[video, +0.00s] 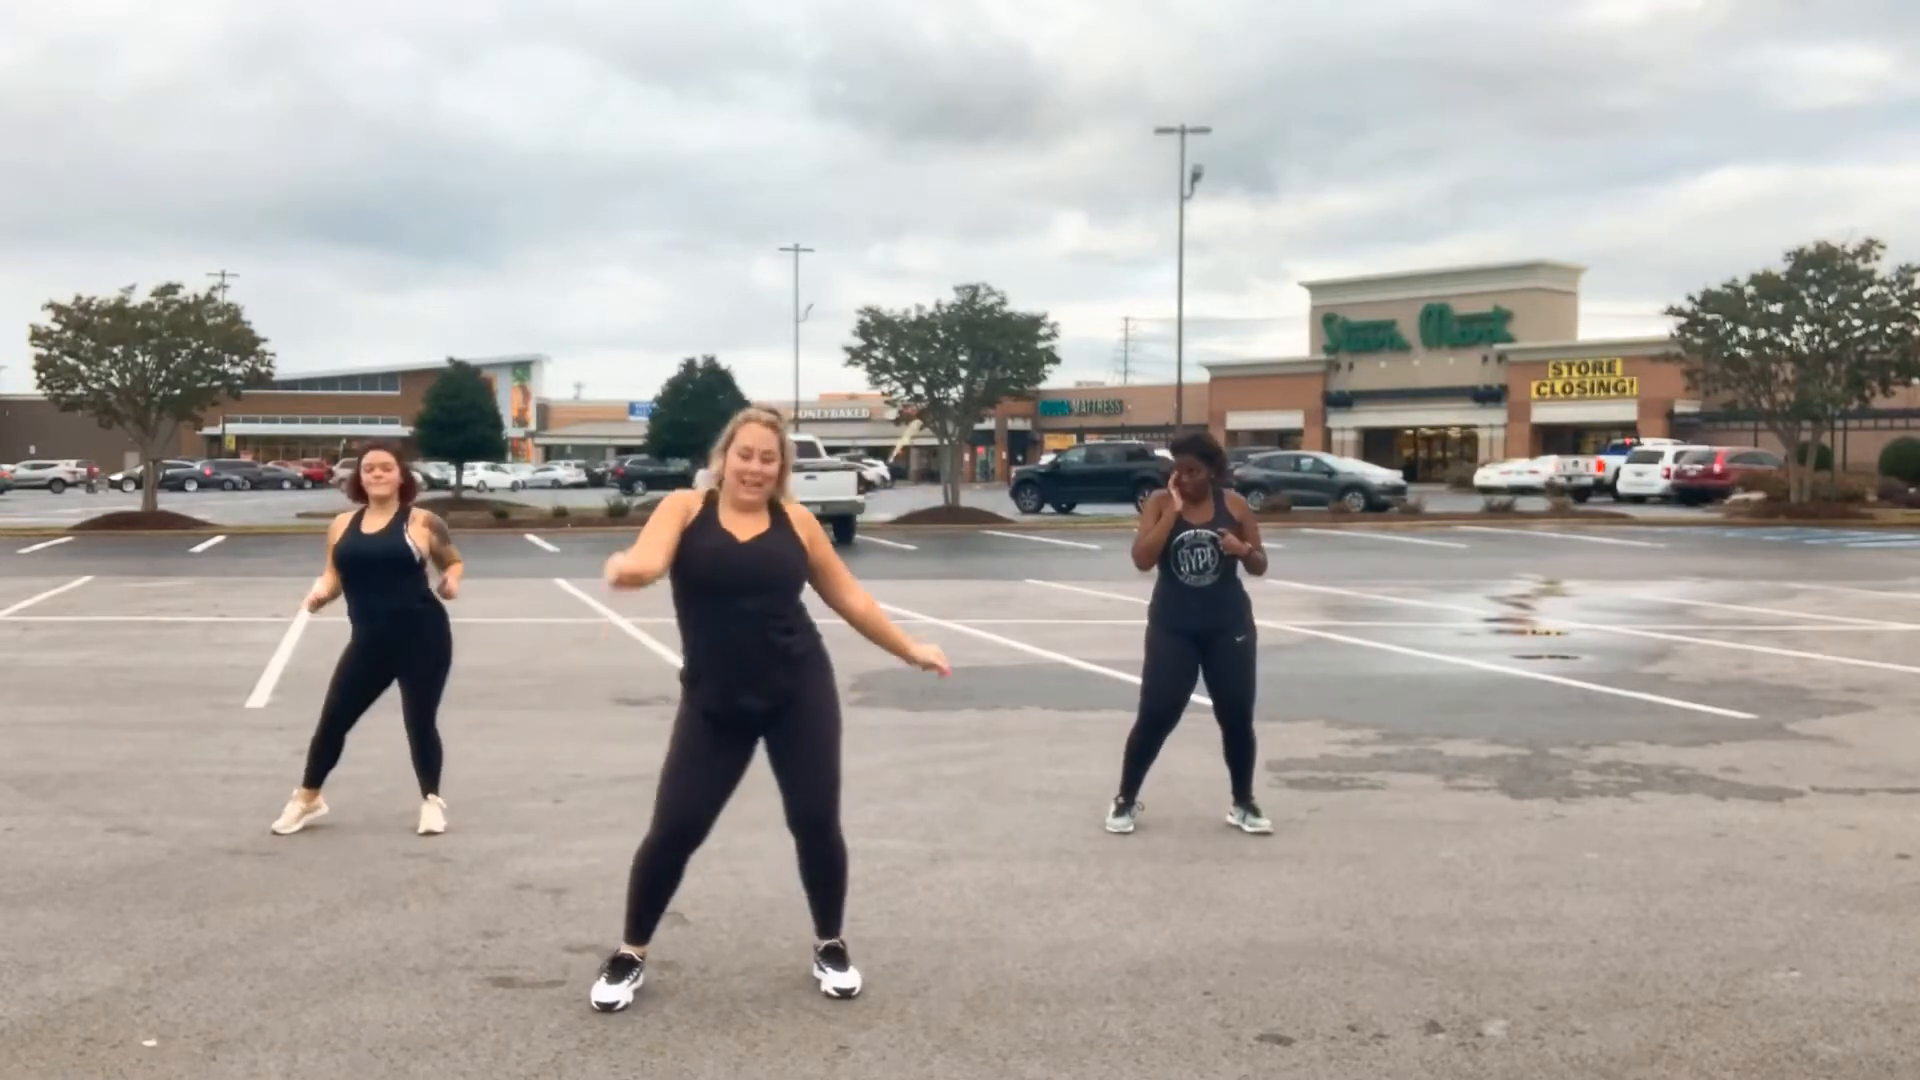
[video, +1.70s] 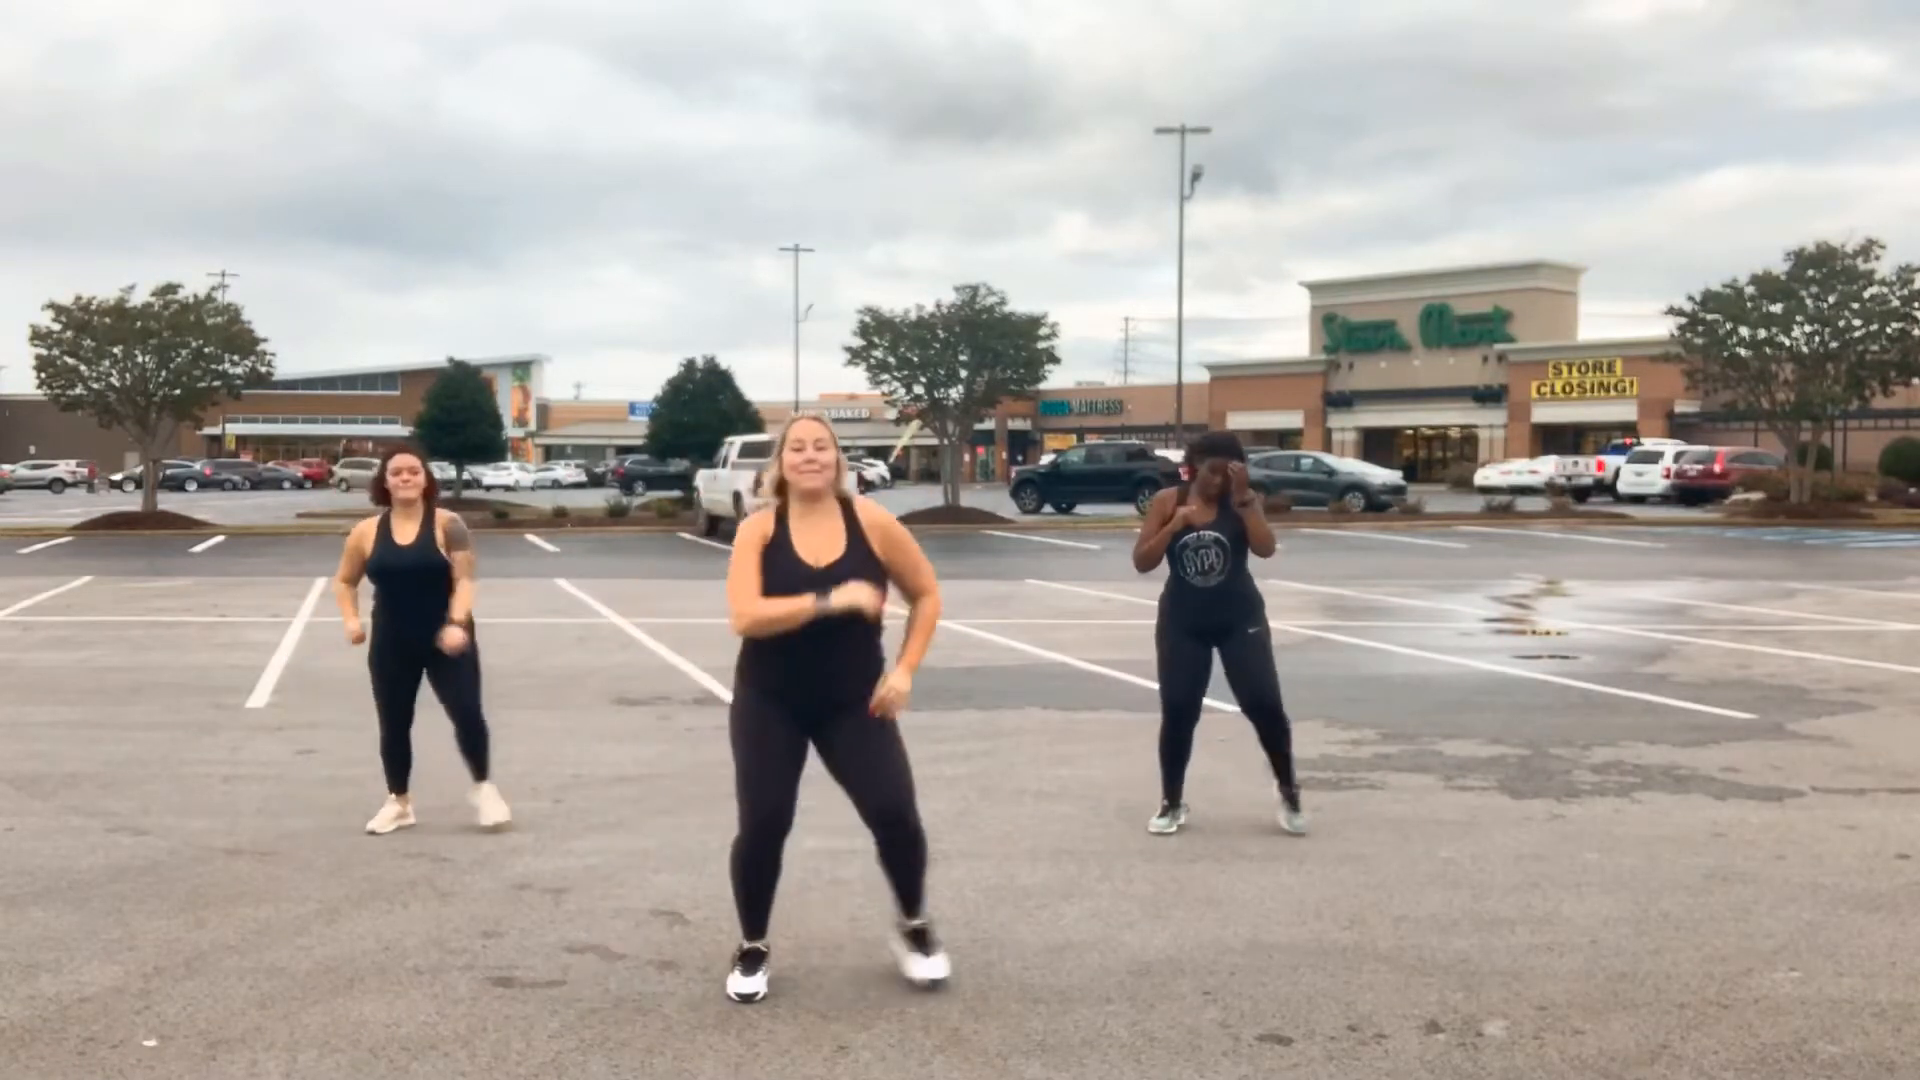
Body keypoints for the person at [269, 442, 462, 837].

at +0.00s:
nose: (378, 474)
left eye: (386, 468)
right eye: (370, 469)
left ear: (401, 476)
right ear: (359, 479)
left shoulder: (423, 522)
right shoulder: (343, 525)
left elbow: (452, 562)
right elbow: (334, 574)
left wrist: (450, 579)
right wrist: (319, 593)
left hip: (422, 637)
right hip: (370, 641)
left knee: (420, 722)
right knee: (333, 720)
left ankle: (431, 800)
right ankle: (308, 797)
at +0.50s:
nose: (346, 474)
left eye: (354, 467)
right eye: (337, 469)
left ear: (368, 475)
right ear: (327, 479)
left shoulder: (393, 519)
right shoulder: (312, 524)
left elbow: (420, 576)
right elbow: (305, 575)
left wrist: (421, 566)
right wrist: (283, 588)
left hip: (369, 638)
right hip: (312, 636)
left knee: (390, 724)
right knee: (302, 721)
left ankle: (426, 800)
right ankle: (302, 797)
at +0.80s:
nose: (348, 477)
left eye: (355, 470)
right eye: (339, 471)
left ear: (369, 478)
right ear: (327, 481)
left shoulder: (392, 524)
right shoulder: (310, 529)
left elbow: (418, 576)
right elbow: (283, 588)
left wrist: (425, 626)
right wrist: (284, 562)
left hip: (378, 644)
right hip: (321, 642)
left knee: (396, 725)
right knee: (303, 723)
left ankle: (427, 800)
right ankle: (302, 797)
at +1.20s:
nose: (378, 469)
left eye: (385, 462)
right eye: (369, 464)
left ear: (398, 470)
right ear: (356, 473)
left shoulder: (420, 513)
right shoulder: (339, 519)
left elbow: (462, 543)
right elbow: (308, 570)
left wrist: (451, 573)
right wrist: (325, 600)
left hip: (417, 633)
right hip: (364, 635)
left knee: (416, 718)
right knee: (339, 721)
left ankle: (428, 800)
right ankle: (312, 798)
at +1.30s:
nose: (385, 468)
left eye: (392, 461)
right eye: (377, 462)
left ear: (406, 469)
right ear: (364, 472)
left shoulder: (428, 515)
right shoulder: (348, 522)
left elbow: (469, 560)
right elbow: (331, 578)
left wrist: (446, 558)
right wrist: (335, 626)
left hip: (424, 633)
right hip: (369, 634)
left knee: (420, 718)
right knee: (354, 715)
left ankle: (429, 799)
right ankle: (354, 793)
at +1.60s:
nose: (401, 476)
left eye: (409, 469)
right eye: (393, 471)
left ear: (422, 477)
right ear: (381, 481)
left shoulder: (442, 522)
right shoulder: (362, 530)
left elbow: (449, 572)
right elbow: (342, 584)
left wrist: (413, 582)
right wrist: (338, 632)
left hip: (436, 638)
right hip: (382, 640)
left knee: (445, 718)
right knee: (387, 725)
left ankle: (442, 796)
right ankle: (397, 800)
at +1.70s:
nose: (406, 478)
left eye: (413, 471)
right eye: (397, 473)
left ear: (426, 479)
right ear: (385, 483)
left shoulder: (448, 524)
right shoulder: (367, 532)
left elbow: (464, 577)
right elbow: (345, 581)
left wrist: (458, 622)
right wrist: (351, 619)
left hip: (445, 635)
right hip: (392, 642)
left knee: (467, 712)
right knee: (393, 725)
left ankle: (483, 787)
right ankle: (398, 801)